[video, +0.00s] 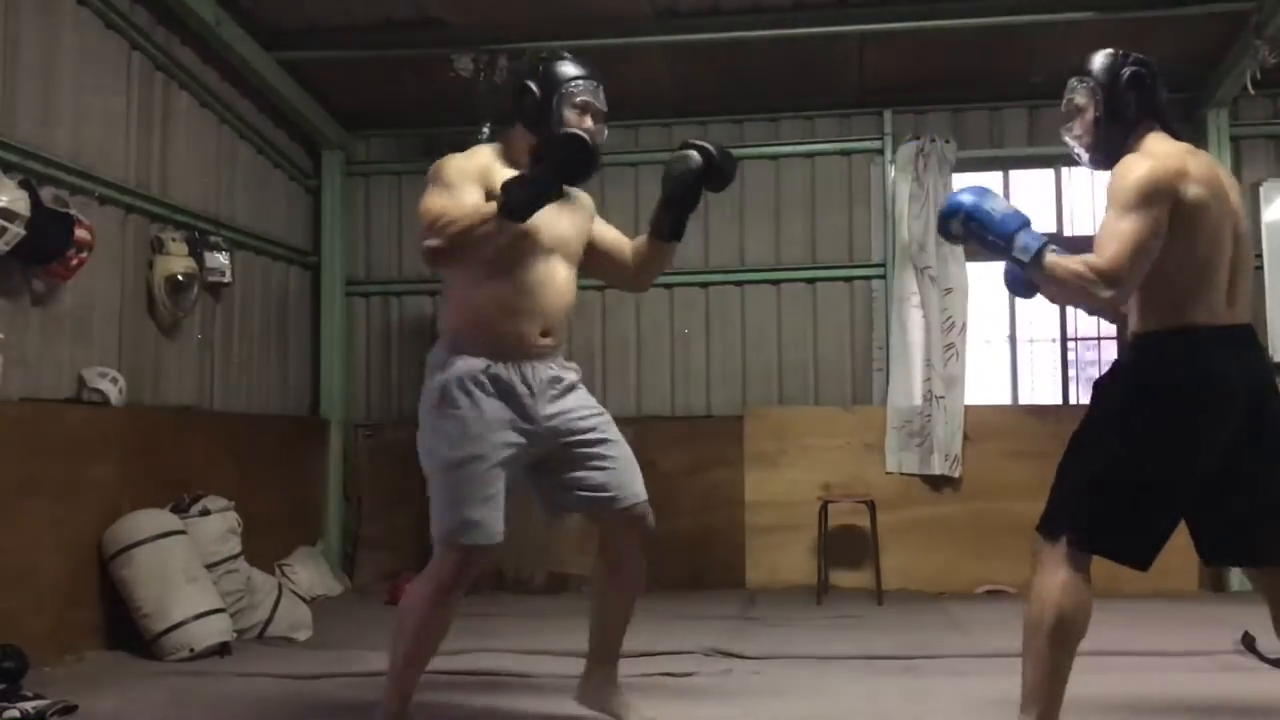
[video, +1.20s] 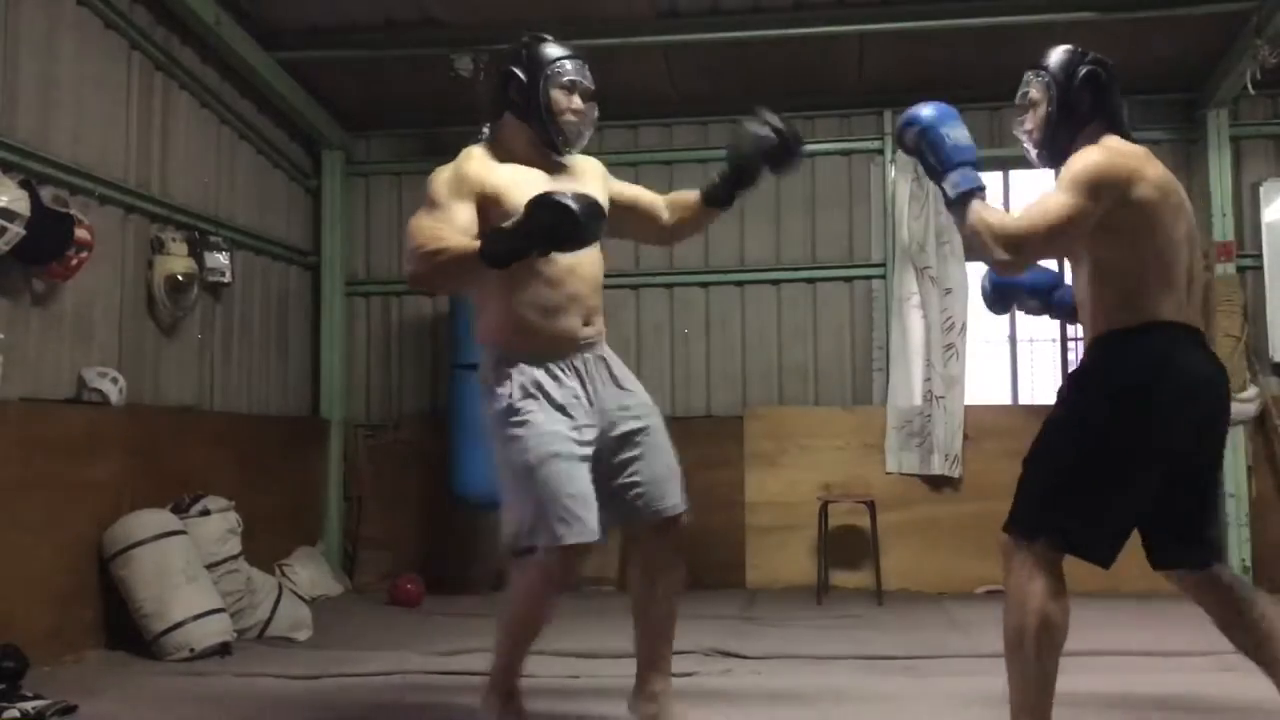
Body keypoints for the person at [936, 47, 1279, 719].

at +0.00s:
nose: (1069, 129)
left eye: (1075, 112)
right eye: (1067, 114)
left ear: (1114, 107)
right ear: (1142, 107)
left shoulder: (1146, 169)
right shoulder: (1217, 176)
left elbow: (1106, 283)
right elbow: (1144, 295)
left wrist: (1016, 235)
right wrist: (1044, 273)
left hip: (1162, 381)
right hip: (1245, 379)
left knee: (1063, 546)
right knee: (1270, 564)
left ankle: (1037, 711)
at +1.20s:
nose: (1021, 123)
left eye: (1029, 106)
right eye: (1021, 108)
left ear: (1069, 103)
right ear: (1099, 106)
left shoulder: (1097, 162)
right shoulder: (1154, 175)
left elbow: (1004, 244)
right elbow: (1146, 300)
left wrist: (957, 175)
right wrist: (1053, 296)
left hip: (1128, 374)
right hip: (1197, 378)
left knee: (1030, 545)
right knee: (1196, 565)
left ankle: (1028, 712)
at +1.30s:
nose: (1040, 113)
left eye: (1048, 96)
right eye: (1038, 98)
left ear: (1087, 92)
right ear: (1118, 95)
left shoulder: (1095, 152)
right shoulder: (1182, 169)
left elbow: (984, 234)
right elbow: (1129, 298)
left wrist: (912, 186)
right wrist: (1046, 268)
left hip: (1129, 358)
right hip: (1202, 364)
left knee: (1035, 538)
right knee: (1142, 554)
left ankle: (1024, 712)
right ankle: (1180, 712)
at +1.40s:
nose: (1061, 105)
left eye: (1070, 89)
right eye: (1061, 90)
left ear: (1108, 91)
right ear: (1139, 93)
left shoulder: (1104, 153)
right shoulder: (1192, 163)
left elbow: (998, 268)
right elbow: (1105, 275)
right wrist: (1035, 219)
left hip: (1152, 343)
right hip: (1225, 356)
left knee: (1033, 520)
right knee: (1152, 550)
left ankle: (985, 704)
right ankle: (1181, 711)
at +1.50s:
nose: (1083, 96)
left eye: (1095, 81)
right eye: (1084, 81)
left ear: (1136, 83)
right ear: (1166, 87)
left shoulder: (1124, 138)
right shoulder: (1227, 159)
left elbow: (1024, 249)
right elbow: (1110, 253)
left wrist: (964, 335)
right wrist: (1040, 200)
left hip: (1168, 326)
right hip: (1252, 345)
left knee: (1042, 499)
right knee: (1197, 555)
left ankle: (1085, 694)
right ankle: (1186, 713)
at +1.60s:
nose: (1107, 92)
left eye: (1116, 74)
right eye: (1108, 76)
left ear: (1150, 68)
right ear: (1188, 73)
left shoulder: (1151, 122)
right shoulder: (1249, 150)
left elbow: (1081, 236)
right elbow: (1151, 269)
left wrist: (1021, 312)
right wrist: (1080, 198)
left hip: (1178, 336)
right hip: (1259, 341)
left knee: (1096, 528)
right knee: (1200, 540)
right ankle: (1181, 712)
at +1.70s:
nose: (1129, 86)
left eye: (1140, 70)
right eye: (1129, 72)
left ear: (1181, 64)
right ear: (1206, 71)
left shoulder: (1184, 119)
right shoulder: (1256, 139)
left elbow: (1128, 236)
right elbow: (1178, 281)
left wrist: (1073, 288)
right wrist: (1107, 216)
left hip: (1202, 348)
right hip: (1251, 345)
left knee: (1204, 557)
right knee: (1201, 559)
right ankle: (1182, 710)